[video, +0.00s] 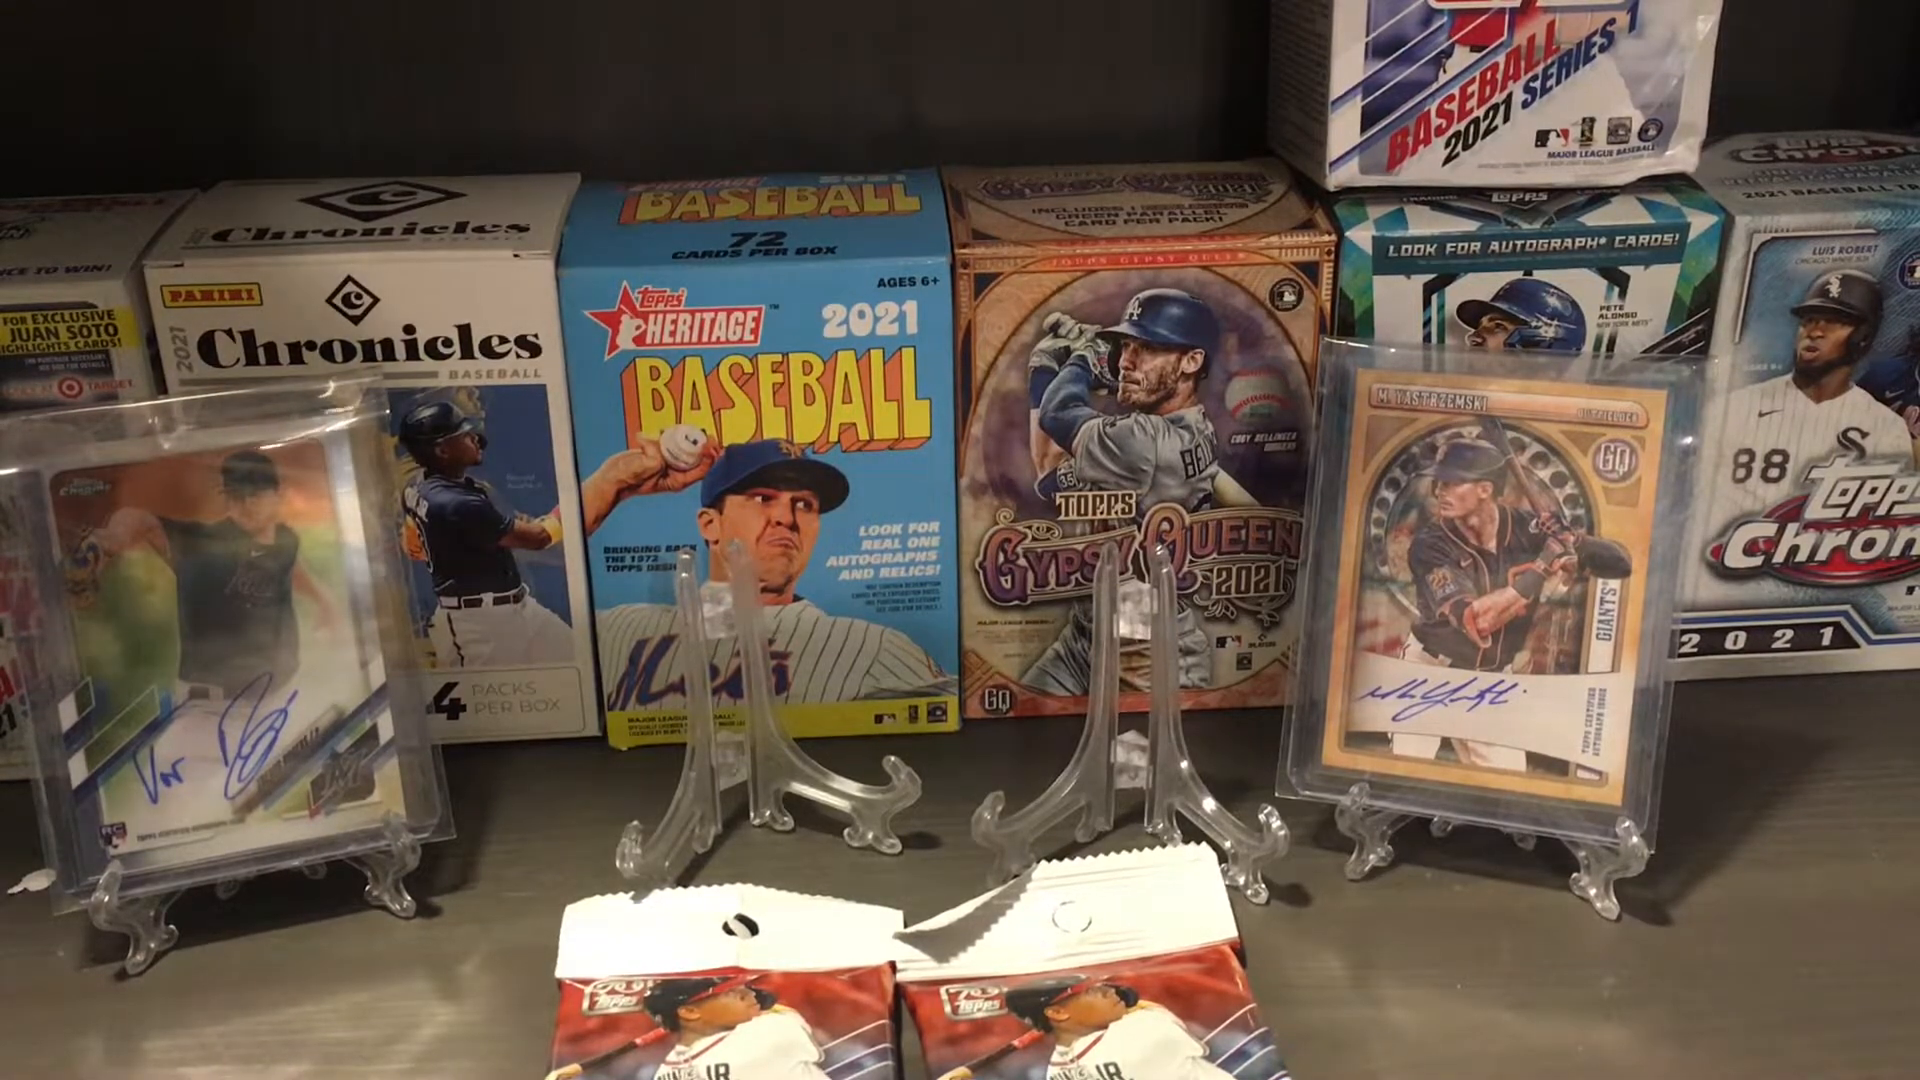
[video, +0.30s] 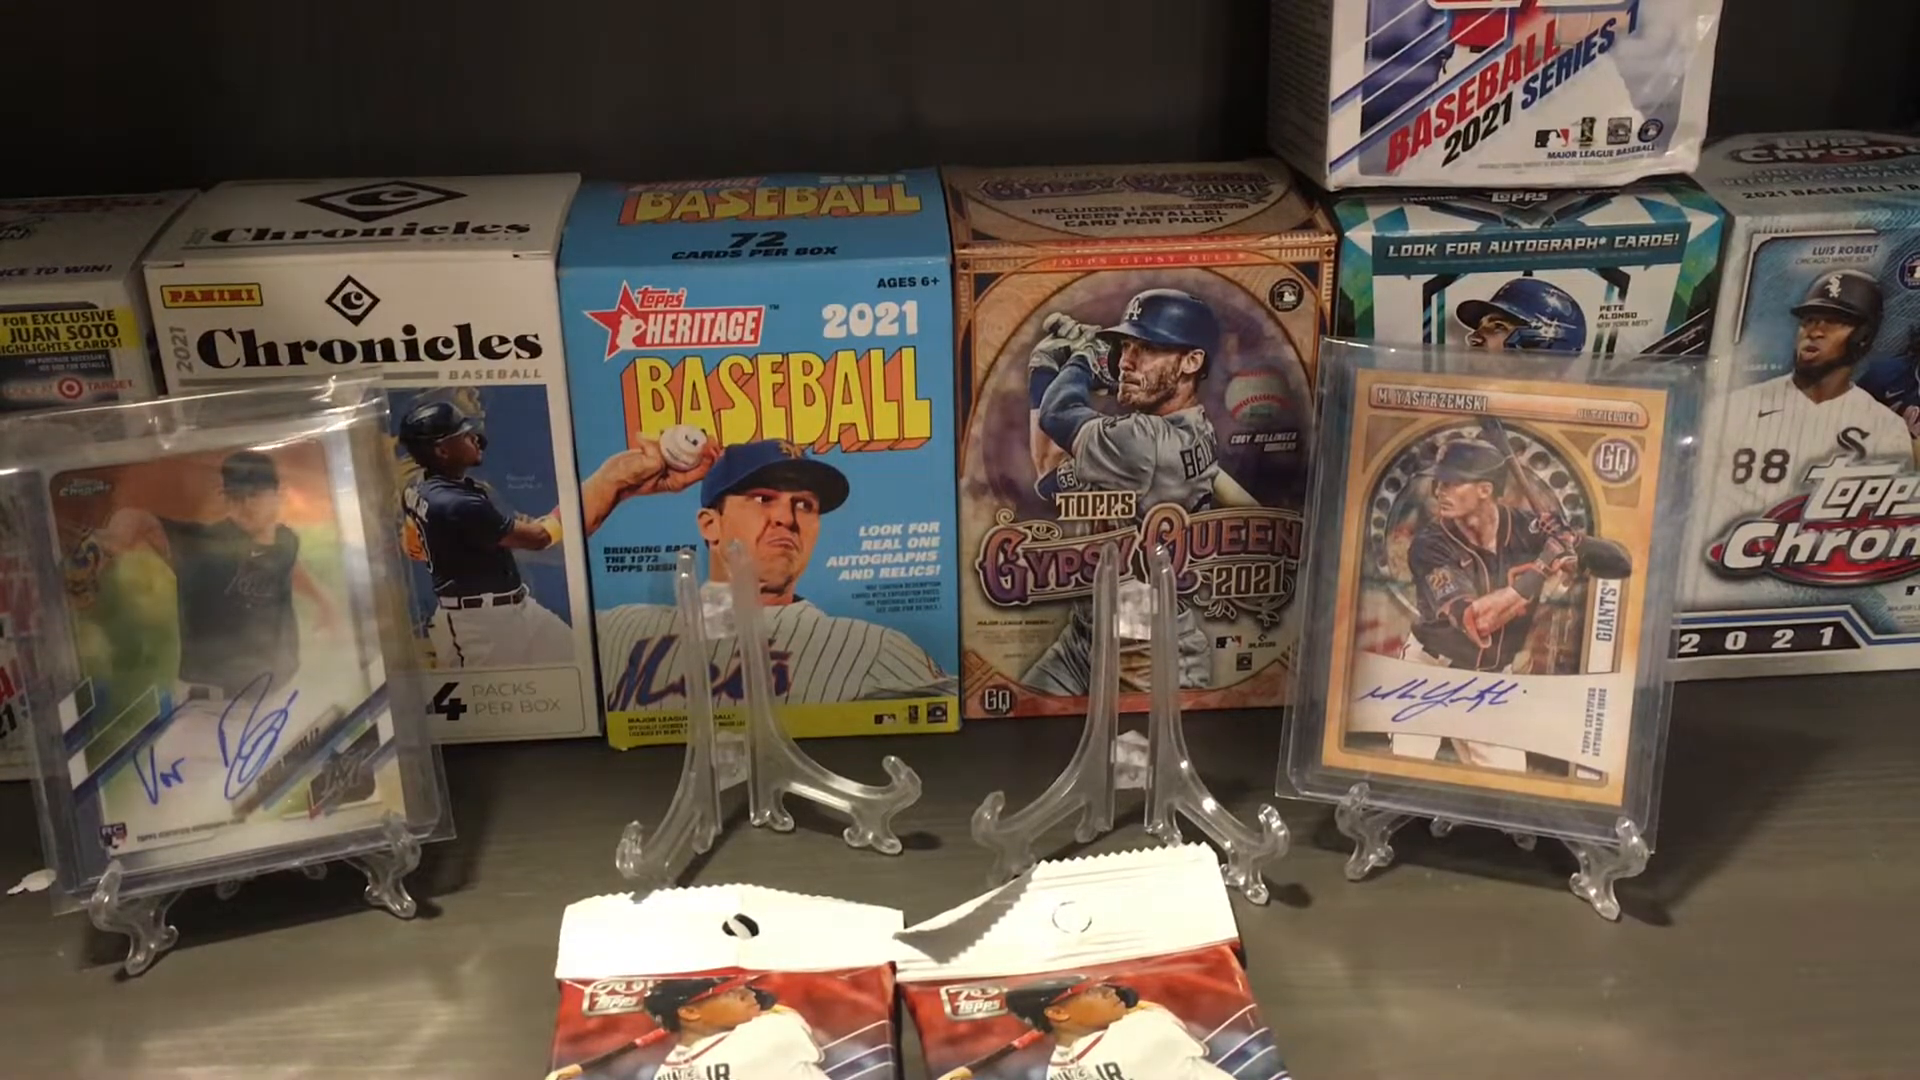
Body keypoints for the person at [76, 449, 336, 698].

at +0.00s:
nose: (246, 506)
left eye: (256, 496)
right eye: (237, 497)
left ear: (276, 496)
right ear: (227, 500)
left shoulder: (286, 541)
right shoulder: (201, 541)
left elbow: (291, 570)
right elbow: (134, 518)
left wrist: (323, 601)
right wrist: (117, 539)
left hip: (274, 686)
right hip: (212, 692)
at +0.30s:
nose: (247, 507)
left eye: (255, 495)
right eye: (237, 498)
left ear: (276, 497)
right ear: (227, 501)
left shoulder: (286, 542)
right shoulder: (201, 543)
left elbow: (291, 569)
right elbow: (136, 519)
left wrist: (323, 601)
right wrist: (116, 543)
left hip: (276, 689)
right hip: (212, 696)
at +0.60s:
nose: (246, 507)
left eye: (255, 496)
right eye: (237, 498)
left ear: (276, 497)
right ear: (228, 501)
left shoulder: (286, 542)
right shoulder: (203, 543)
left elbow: (292, 571)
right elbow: (137, 519)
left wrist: (323, 602)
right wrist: (119, 537)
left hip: (276, 686)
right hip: (215, 694)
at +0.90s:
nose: (252, 506)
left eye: (260, 495)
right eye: (242, 497)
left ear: (277, 497)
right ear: (231, 502)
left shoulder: (287, 543)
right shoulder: (199, 544)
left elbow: (291, 571)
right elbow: (138, 519)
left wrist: (324, 603)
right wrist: (113, 541)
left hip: (278, 697)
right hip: (216, 702)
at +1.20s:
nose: (251, 506)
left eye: (258, 495)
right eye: (240, 498)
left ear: (277, 496)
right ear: (230, 502)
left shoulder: (286, 542)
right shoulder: (199, 543)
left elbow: (289, 571)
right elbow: (136, 519)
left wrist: (323, 602)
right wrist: (113, 541)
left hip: (277, 695)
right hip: (215, 700)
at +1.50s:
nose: (252, 506)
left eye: (260, 495)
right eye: (241, 497)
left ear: (277, 497)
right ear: (230, 502)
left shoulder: (286, 542)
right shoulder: (198, 543)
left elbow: (291, 571)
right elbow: (136, 519)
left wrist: (323, 602)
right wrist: (114, 540)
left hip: (278, 695)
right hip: (215, 701)